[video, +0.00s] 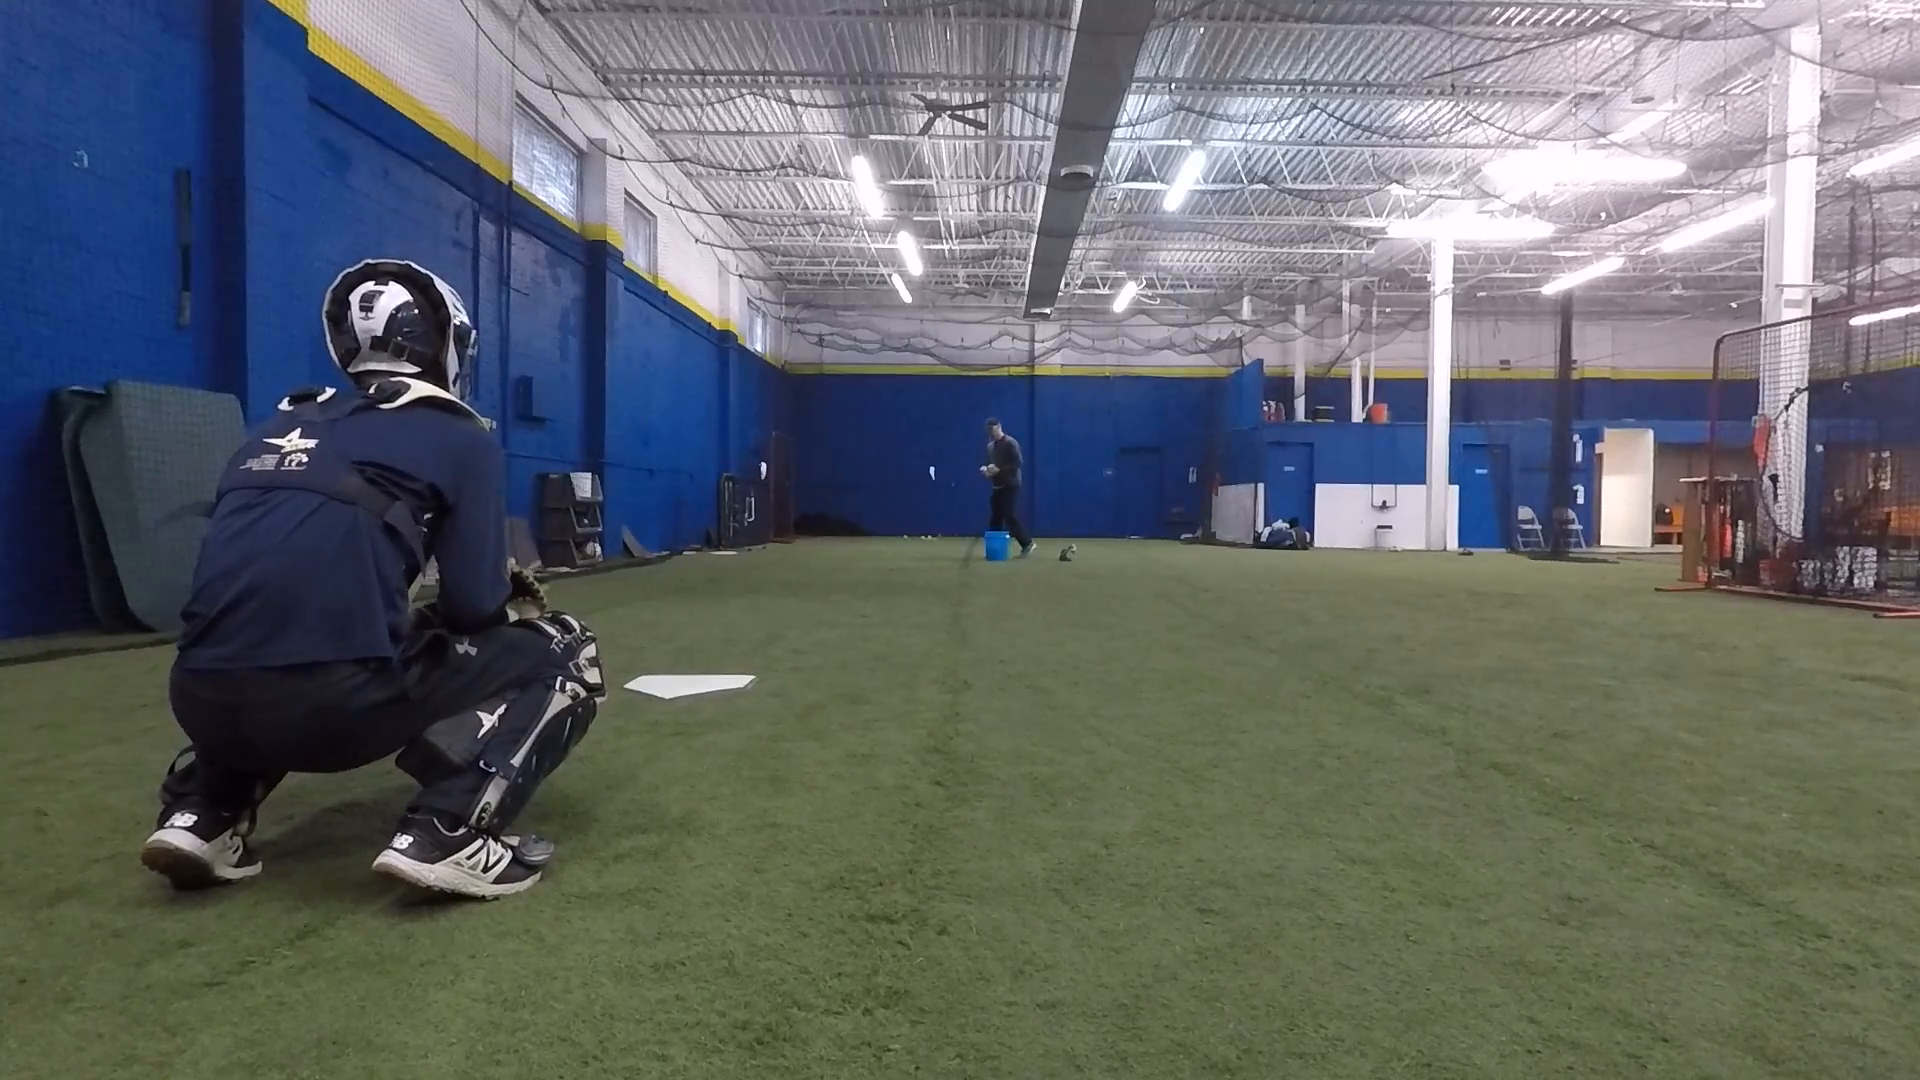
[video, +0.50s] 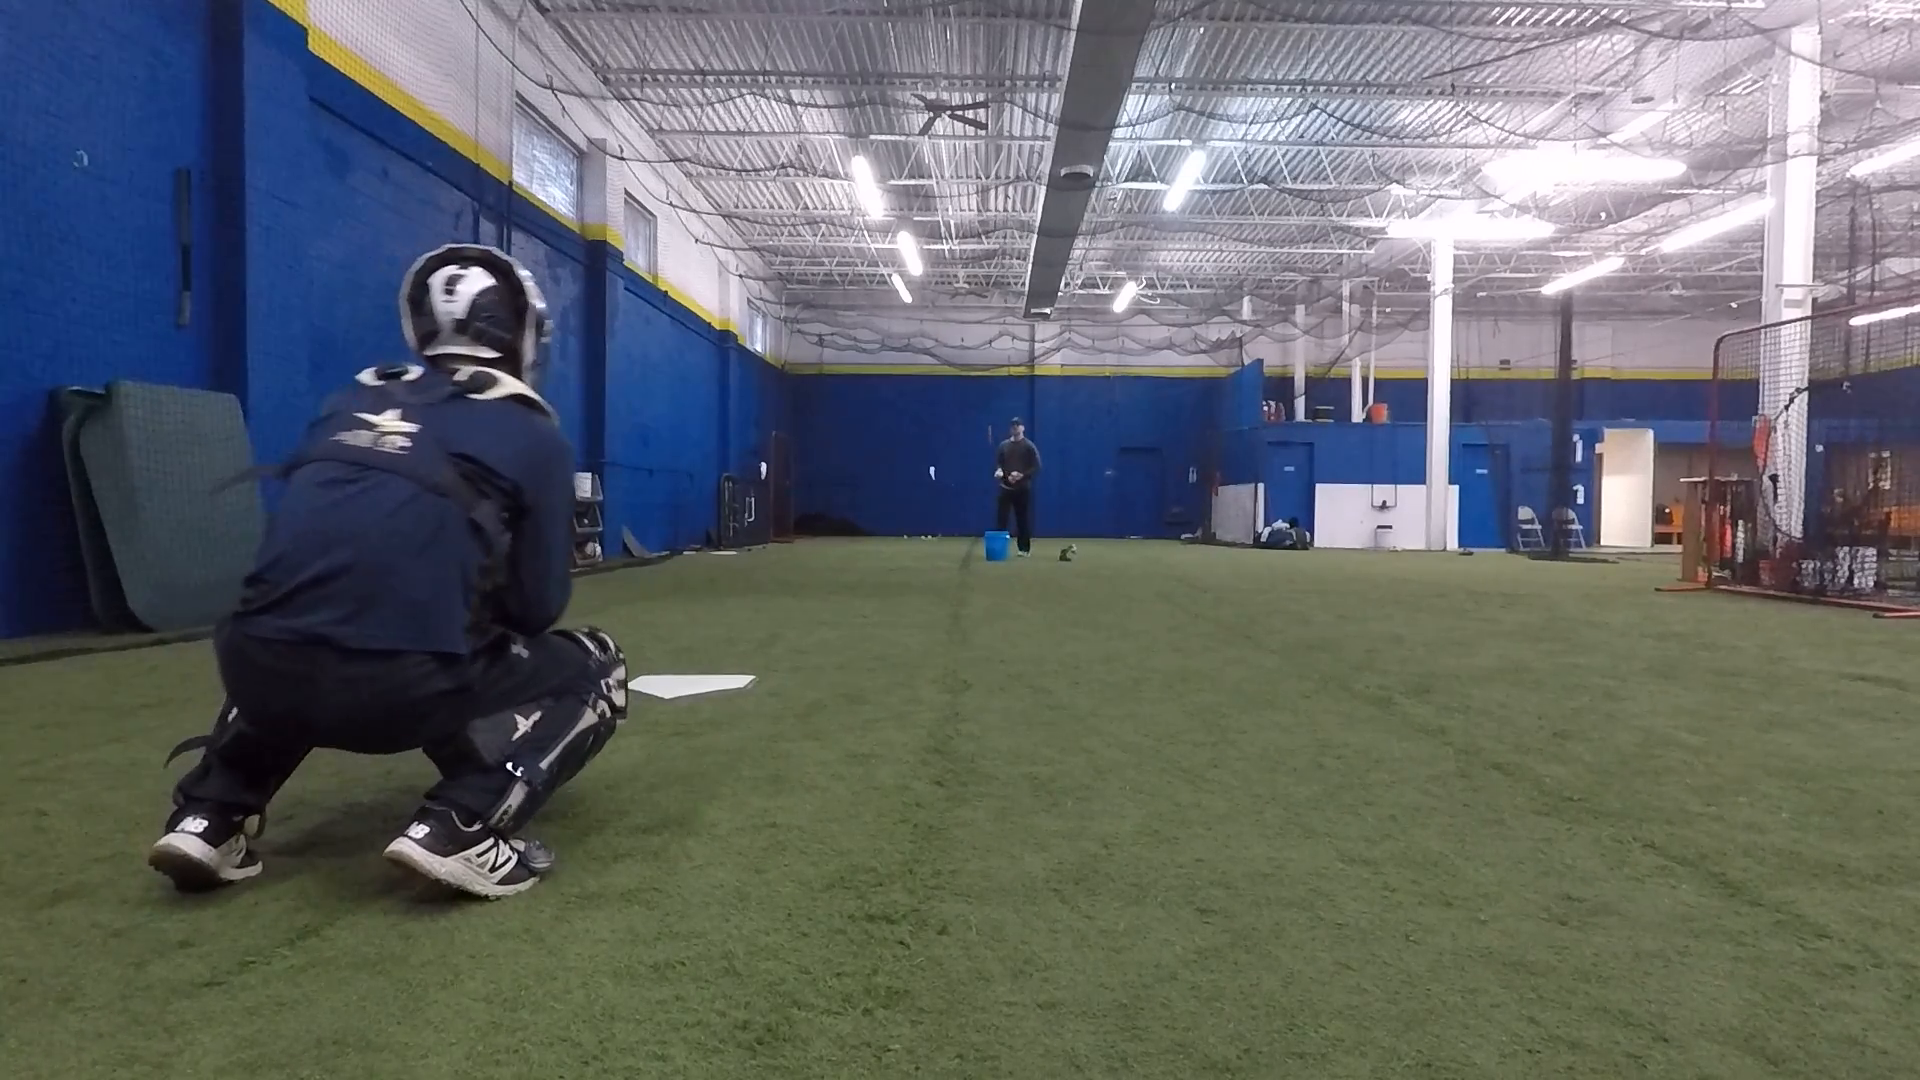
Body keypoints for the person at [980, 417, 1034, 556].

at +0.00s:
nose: (991, 433)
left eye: (993, 429)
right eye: (989, 430)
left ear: (999, 428)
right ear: (987, 431)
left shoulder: (1011, 443)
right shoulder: (990, 446)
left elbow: (1017, 463)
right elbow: (991, 462)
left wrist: (999, 469)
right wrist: (987, 469)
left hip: (1010, 486)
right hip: (997, 487)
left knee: (1008, 515)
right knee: (996, 516)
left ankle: (1027, 543)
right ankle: (994, 547)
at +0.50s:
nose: (1016, 429)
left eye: (1018, 426)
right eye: (1013, 426)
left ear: (1023, 428)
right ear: (1010, 429)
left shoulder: (1029, 446)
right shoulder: (1003, 446)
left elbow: (1036, 466)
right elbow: (999, 463)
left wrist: (1022, 475)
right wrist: (1002, 472)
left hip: (1022, 488)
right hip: (1006, 487)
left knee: (1022, 519)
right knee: (1002, 517)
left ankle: (1024, 548)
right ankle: (999, 547)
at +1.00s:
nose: (1012, 432)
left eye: (1014, 430)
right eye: (1010, 430)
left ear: (1019, 432)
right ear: (1007, 432)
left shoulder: (1026, 449)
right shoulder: (1000, 448)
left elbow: (1037, 466)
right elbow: (987, 461)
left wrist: (1032, 479)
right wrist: (984, 446)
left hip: (1021, 490)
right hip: (1005, 490)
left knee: (1022, 518)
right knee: (1006, 519)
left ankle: (1024, 546)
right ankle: (1008, 546)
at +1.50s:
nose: (1011, 435)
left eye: (1013, 432)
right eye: (1009, 432)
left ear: (1017, 432)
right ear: (1006, 433)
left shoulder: (1024, 448)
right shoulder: (999, 449)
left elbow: (1034, 467)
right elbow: (993, 463)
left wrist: (1028, 479)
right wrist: (996, 469)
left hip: (1018, 489)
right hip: (1003, 489)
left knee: (1017, 518)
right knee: (1005, 517)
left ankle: (1017, 544)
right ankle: (1007, 544)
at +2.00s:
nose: (1009, 438)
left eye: (1012, 436)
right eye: (1007, 436)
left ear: (1017, 435)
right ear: (1004, 436)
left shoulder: (1022, 451)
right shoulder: (997, 448)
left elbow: (1031, 469)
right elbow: (990, 463)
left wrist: (1024, 482)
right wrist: (995, 470)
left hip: (1011, 489)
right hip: (995, 488)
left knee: (1012, 518)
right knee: (988, 515)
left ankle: (1014, 545)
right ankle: (980, 542)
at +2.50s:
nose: (975, 438)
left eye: (977, 435)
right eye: (974, 436)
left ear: (983, 435)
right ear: (972, 437)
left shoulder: (993, 451)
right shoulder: (967, 452)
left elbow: (999, 467)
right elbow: (963, 466)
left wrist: (997, 478)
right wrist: (964, 473)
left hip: (987, 491)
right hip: (971, 491)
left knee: (996, 518)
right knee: (966, 520)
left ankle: (1009, 543)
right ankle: (963, 545)